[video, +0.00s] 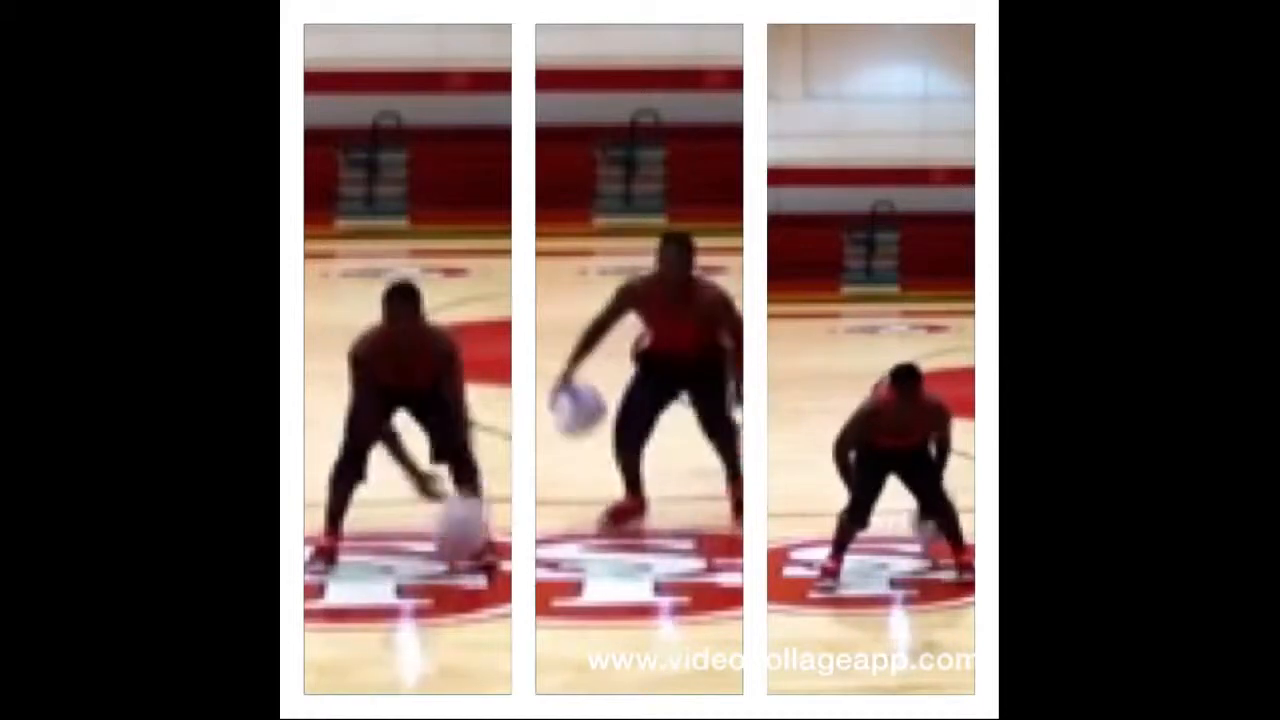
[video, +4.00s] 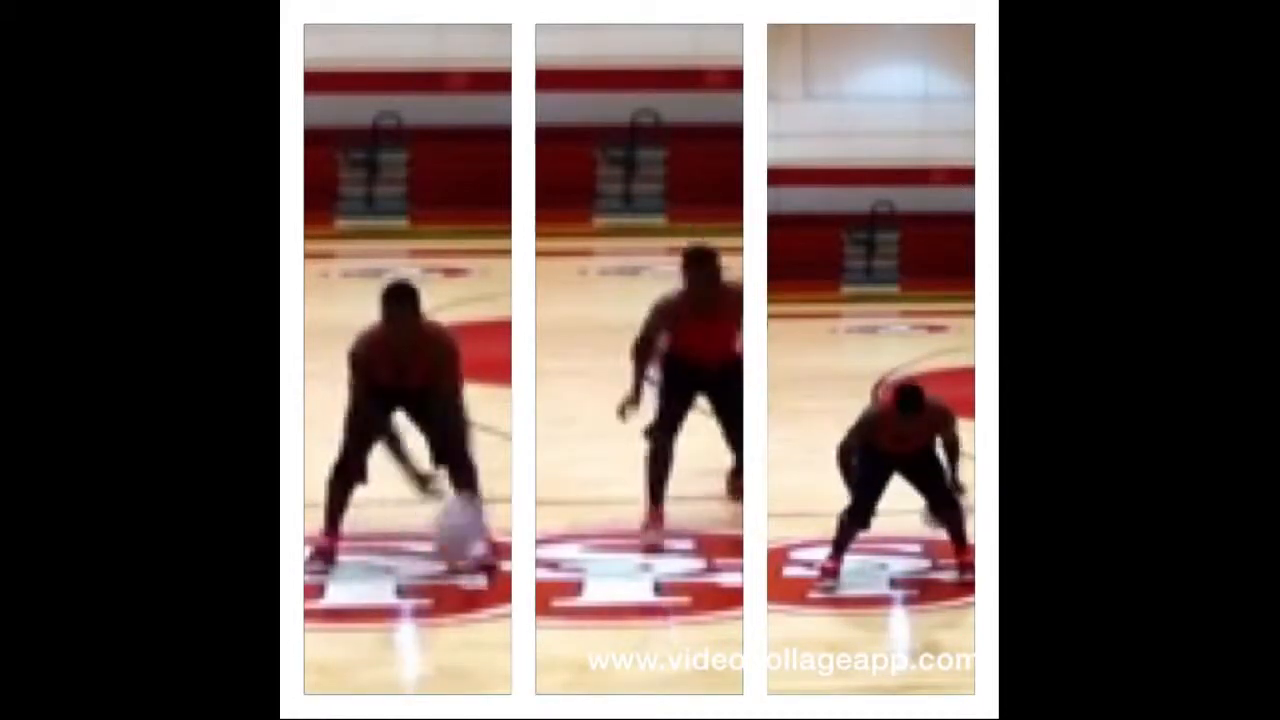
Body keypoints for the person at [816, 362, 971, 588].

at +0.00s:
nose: (906, 403)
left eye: (911, 395)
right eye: (901, 396)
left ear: (920, 391)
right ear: (891, 391)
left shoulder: (934, 410)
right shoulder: (874, 409)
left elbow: (943, 445)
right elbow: (841, 446)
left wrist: (935, 477)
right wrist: (853, 485)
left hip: (913, 455)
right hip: (873, 456)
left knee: (939, 505)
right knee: (858, 509)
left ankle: (961, 557)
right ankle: (834, 560)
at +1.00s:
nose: (906, 402)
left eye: (912, 395)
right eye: (901, 395)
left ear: (920, 390)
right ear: (891, 391)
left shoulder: (937, 408)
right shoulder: (876, 409)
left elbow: (946, 445)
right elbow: (846, 447)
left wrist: (935, 480)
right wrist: (860, 478)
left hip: (920, 453)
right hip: (881, 454)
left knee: (945, 503)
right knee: (864, 508)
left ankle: (962, 557)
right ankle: (835, 560)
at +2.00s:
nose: (893, 404)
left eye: (901, 398)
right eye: (889, 396)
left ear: (912, 392)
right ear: (882, 390)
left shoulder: (930, 410)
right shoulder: (869, 410)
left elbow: (952, 438)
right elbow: (846, 436)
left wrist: (943, 472)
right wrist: (852, 475)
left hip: (919, 452)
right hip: (879, 451)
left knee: (940, 502)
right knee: (862, 507)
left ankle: (962, 557)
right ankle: (835, 559)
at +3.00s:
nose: (897, 408)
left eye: (903, 401)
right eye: (892, 401)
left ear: (912, 395)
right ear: (883, 394)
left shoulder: (932, 413)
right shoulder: (868, 414)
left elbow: (945, 446)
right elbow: (844, 443)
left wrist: (929, 486)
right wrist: (853, 481)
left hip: (916, 456)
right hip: (875, 457)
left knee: (940, 506)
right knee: (858, 509)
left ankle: (962, 557)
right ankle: (834, 559)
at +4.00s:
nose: (909, 423)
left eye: (914, 419)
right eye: (904, 419)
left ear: (923, 409)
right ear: (894, 409)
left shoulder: (938, 415)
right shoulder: (876, 416)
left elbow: (951, 444)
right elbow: (844, 450)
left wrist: (953, 478)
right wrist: (855, 488)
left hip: (918, 456)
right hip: (877, 457)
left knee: (947, 504)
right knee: (860, 510)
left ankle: (963, 555)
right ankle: (834, 560)